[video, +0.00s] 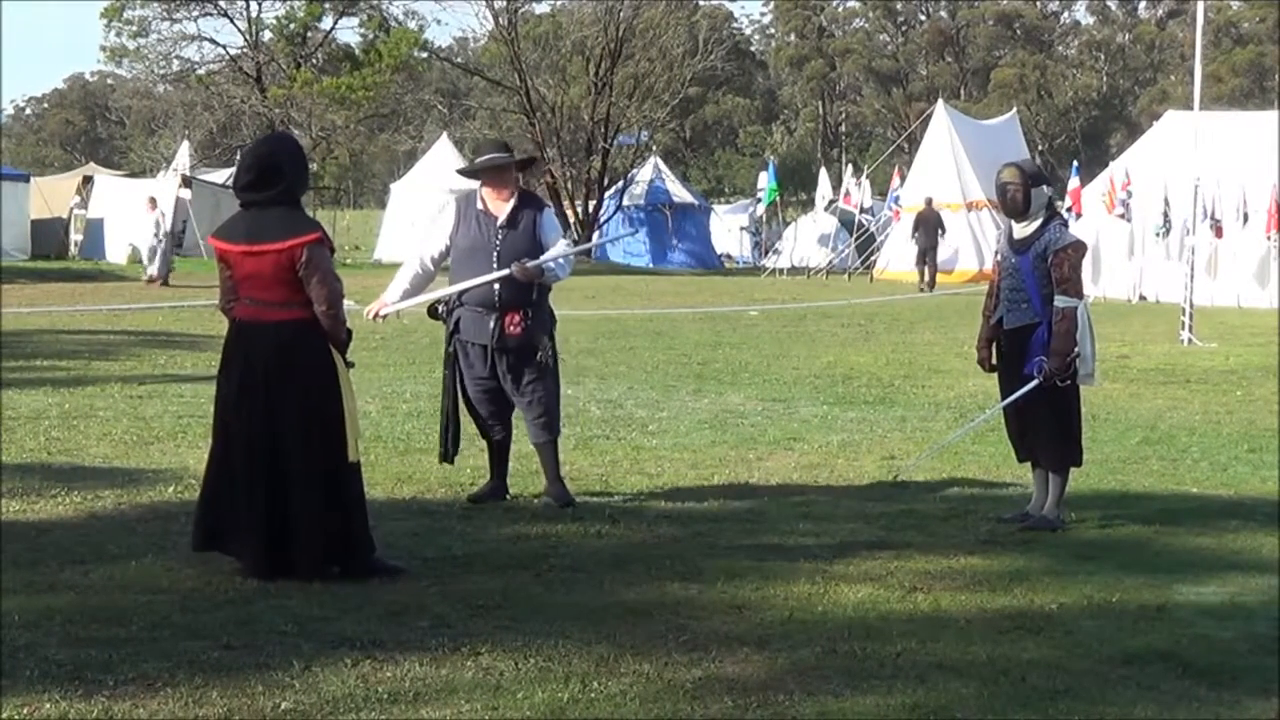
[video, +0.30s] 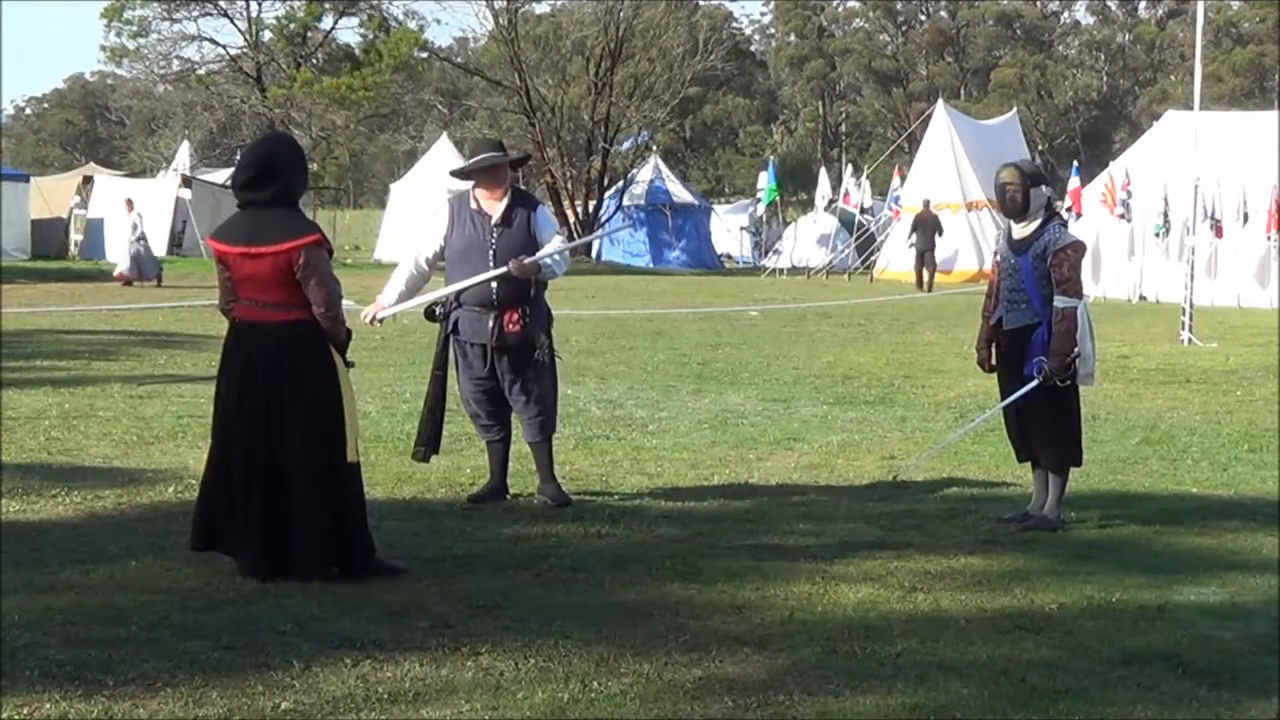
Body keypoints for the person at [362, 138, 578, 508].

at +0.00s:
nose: (500, 181)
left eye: (505, 173)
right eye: (491, 176)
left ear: (517, 173)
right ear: (479, 180)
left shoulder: (538, 212)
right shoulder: (459, 211)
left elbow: (564, 259)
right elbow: (426, 258)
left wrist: (540, 270)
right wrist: (392, 297)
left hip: (526, 328)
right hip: (473, 328)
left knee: (539, 409)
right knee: (489, 412)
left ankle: (555, 484)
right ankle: (497, 483)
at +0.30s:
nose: (491, 179)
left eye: (497, 171)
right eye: (482, 174)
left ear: (510, 172)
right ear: (471, 178)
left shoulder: (532, 210)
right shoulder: (453, 210)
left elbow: (559, 256)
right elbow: (420, 259)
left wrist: (537, 267)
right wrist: (387, 300)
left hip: (522, 324)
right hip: (470, 325)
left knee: (533, 404)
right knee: (485, 407)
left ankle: (548, 481)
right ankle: (497, 482)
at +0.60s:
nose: (492, 177)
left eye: (499, 169)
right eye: (484, 171)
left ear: (512, 171)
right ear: (473, 176)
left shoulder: (533, 212)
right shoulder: (454, 209)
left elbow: (559, 258)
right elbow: (420, 257)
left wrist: (537, 267)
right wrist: (386, 297)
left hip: (521, 325)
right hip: (468, 325)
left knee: (531, 403)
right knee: (483, 407)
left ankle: (549, 481)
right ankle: (496, 482)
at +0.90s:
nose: (493, 178)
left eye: (500, 170)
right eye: (485, 171)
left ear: (514, 173)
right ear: (474, 175)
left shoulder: (534, 214)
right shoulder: (456, 209)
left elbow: (560, 258)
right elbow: (420, 255)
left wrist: (536, 271)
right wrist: (384, 294)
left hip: (520, 327)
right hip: (468, 326)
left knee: (531, 407)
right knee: (485, 411)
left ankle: (549, 481)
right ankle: (497, 483)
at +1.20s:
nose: (492, 180)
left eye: (500, 172)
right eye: (484, 173)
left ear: (514, 173)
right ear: (474, 176)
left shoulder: (535, 214)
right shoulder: (456, 210)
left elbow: (560, 259)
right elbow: (420, 255)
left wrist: (537, 273)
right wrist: (385, 295)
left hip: (521, 327)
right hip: (469, 326)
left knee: (532, 407)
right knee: (485, 412)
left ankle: (550, 482)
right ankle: (496, 483)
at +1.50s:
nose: (489, 184)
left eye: (497, 177)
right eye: (482, 178)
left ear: (512, 176)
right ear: (472, 178)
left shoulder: (532, 212)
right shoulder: (453, 209)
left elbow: (559, 260)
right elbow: (418, 257)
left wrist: (536, 273)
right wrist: (385, 299)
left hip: (521, 326)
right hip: (468, 326)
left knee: (536, 406)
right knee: (484, 411)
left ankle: (551, 480)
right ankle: (496, 481)